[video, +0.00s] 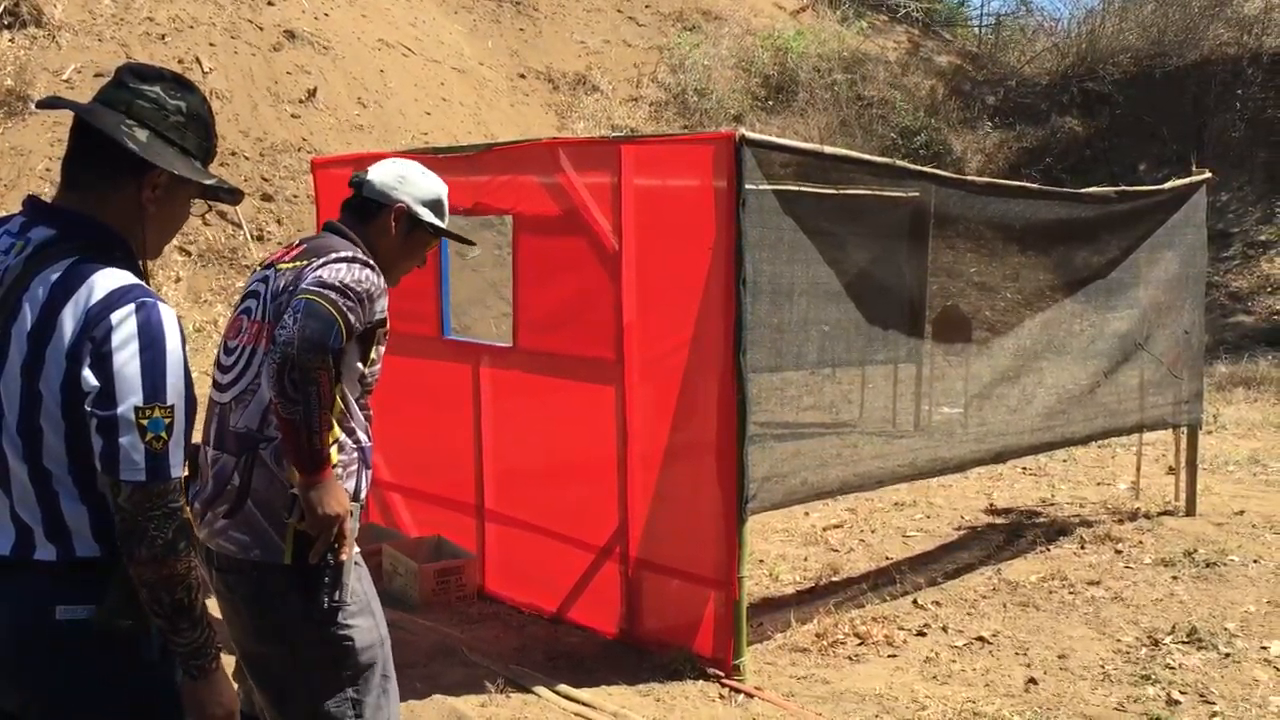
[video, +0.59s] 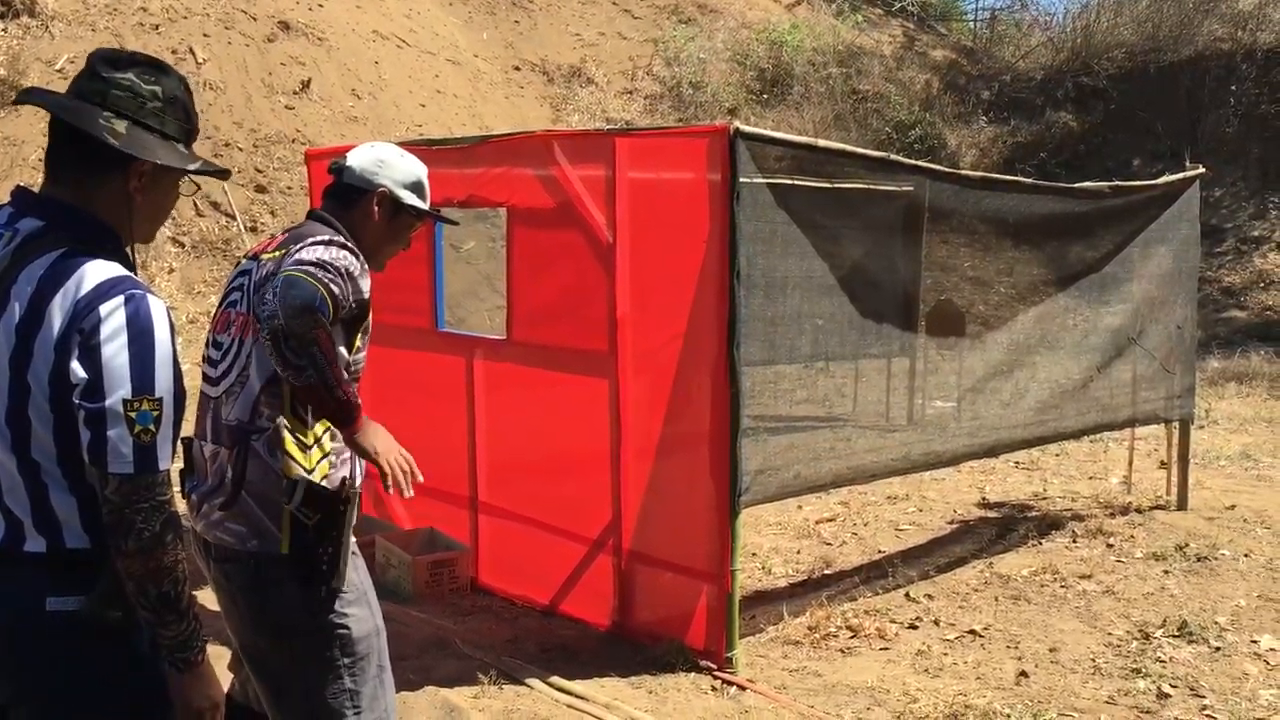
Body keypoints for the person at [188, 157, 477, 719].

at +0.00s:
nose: (425, 261)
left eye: (432, 247)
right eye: (427, 243)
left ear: (362, 214)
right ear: (393, 221)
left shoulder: (283, 263)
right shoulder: (353, 271)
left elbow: (234, 387)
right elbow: (301, 353)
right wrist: (317, 476)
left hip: (240, 539)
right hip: (296, 545)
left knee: (282, 702)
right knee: (358, 701)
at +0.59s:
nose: (410, 243)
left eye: (417, 229)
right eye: (411, 225)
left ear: (345, 200)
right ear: (375, 208)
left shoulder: (273, 253)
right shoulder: (335, 256)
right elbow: (291, 313)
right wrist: (357, 423)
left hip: (236, 529)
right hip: (290, 537)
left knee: (269, 693)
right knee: (354, 703)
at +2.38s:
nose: (397, 223)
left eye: (398, 208)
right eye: (391, 207)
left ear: (329, 203)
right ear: (352, 207)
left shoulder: (260, 266)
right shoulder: (330, 287)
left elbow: (265, 407)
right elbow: (344, 435)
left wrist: (325, 497)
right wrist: (393, 548)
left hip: (217, 533)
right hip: (273, 545)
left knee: (274, 692)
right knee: (357, 696)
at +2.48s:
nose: (399, 222)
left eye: (399, 208)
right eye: (393, 207)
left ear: (331, 204)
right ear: (353, 208)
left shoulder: (259, 267)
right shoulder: (332, 288)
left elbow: (268, 407)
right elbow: (347, 435)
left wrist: (329, 497)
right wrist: (395, 547)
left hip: (218, 533)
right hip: (276, 544)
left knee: (277, 695)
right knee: (359, 699)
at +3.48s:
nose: (405, 222)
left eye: (406, 208)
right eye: (399, 207)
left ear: (339, 203)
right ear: (360, 207)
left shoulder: (267, 267)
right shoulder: (339, 288)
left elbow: (276, 406)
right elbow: (354, 432)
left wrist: (336, 496)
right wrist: (403, 546)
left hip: (222, 529)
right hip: (281, 541)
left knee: (285, 690)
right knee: (365, 697)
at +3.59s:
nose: (406, 224)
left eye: (407, 209)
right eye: (400, 207)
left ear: (340, 205)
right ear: (361, 208)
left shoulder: (266, 268)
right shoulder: (340, 289)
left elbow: (278, 410)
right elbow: (354, 435)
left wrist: (341, 502)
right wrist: (403, 547)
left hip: (224, 530)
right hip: (283, 542)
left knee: (288, 689)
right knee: (367, 699)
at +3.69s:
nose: (406, 225)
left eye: (407, 210)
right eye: (400, 209)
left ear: (339, 206)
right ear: (362, 209)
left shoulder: (269, 270)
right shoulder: (340, 290)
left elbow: (278, 415)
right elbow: (356, 437)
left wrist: (341, 506)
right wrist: (404, 549)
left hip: (227, 530)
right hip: (285, 543)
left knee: (287, 690)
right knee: (369, 699)